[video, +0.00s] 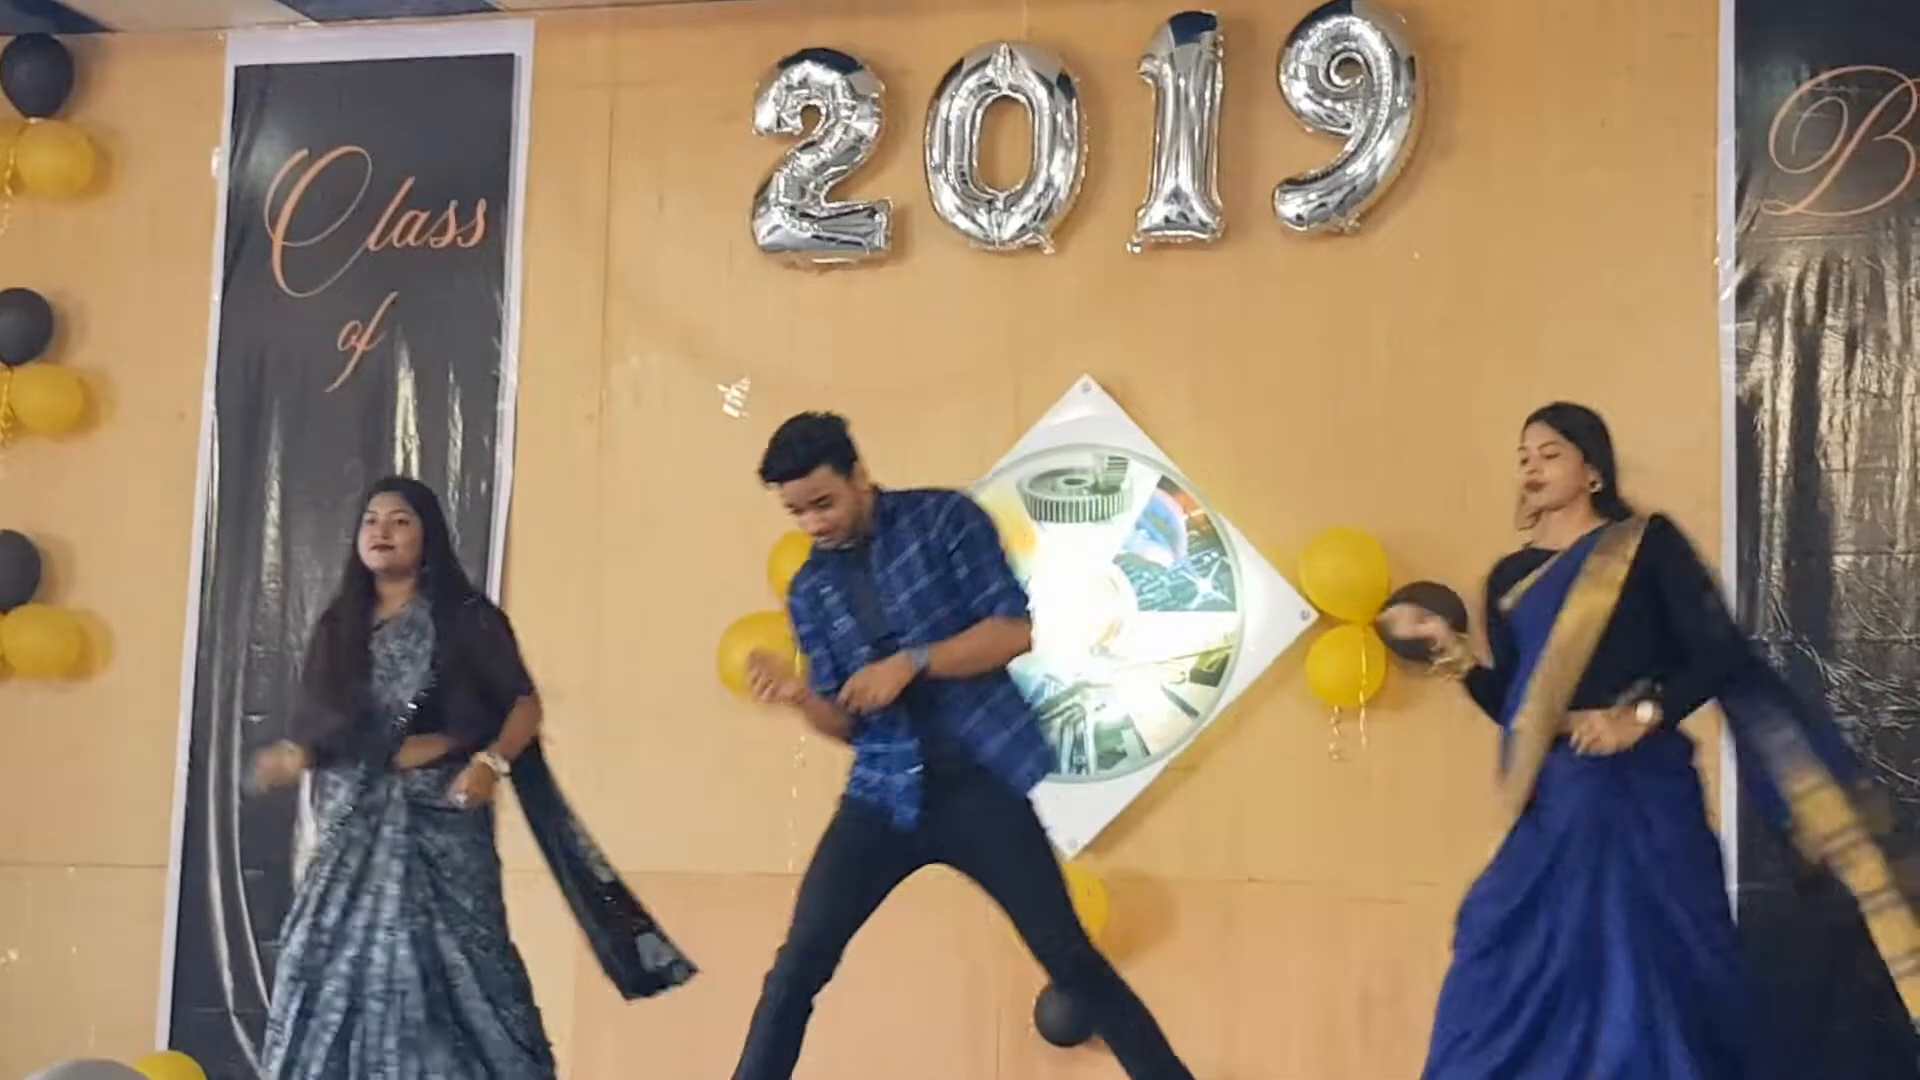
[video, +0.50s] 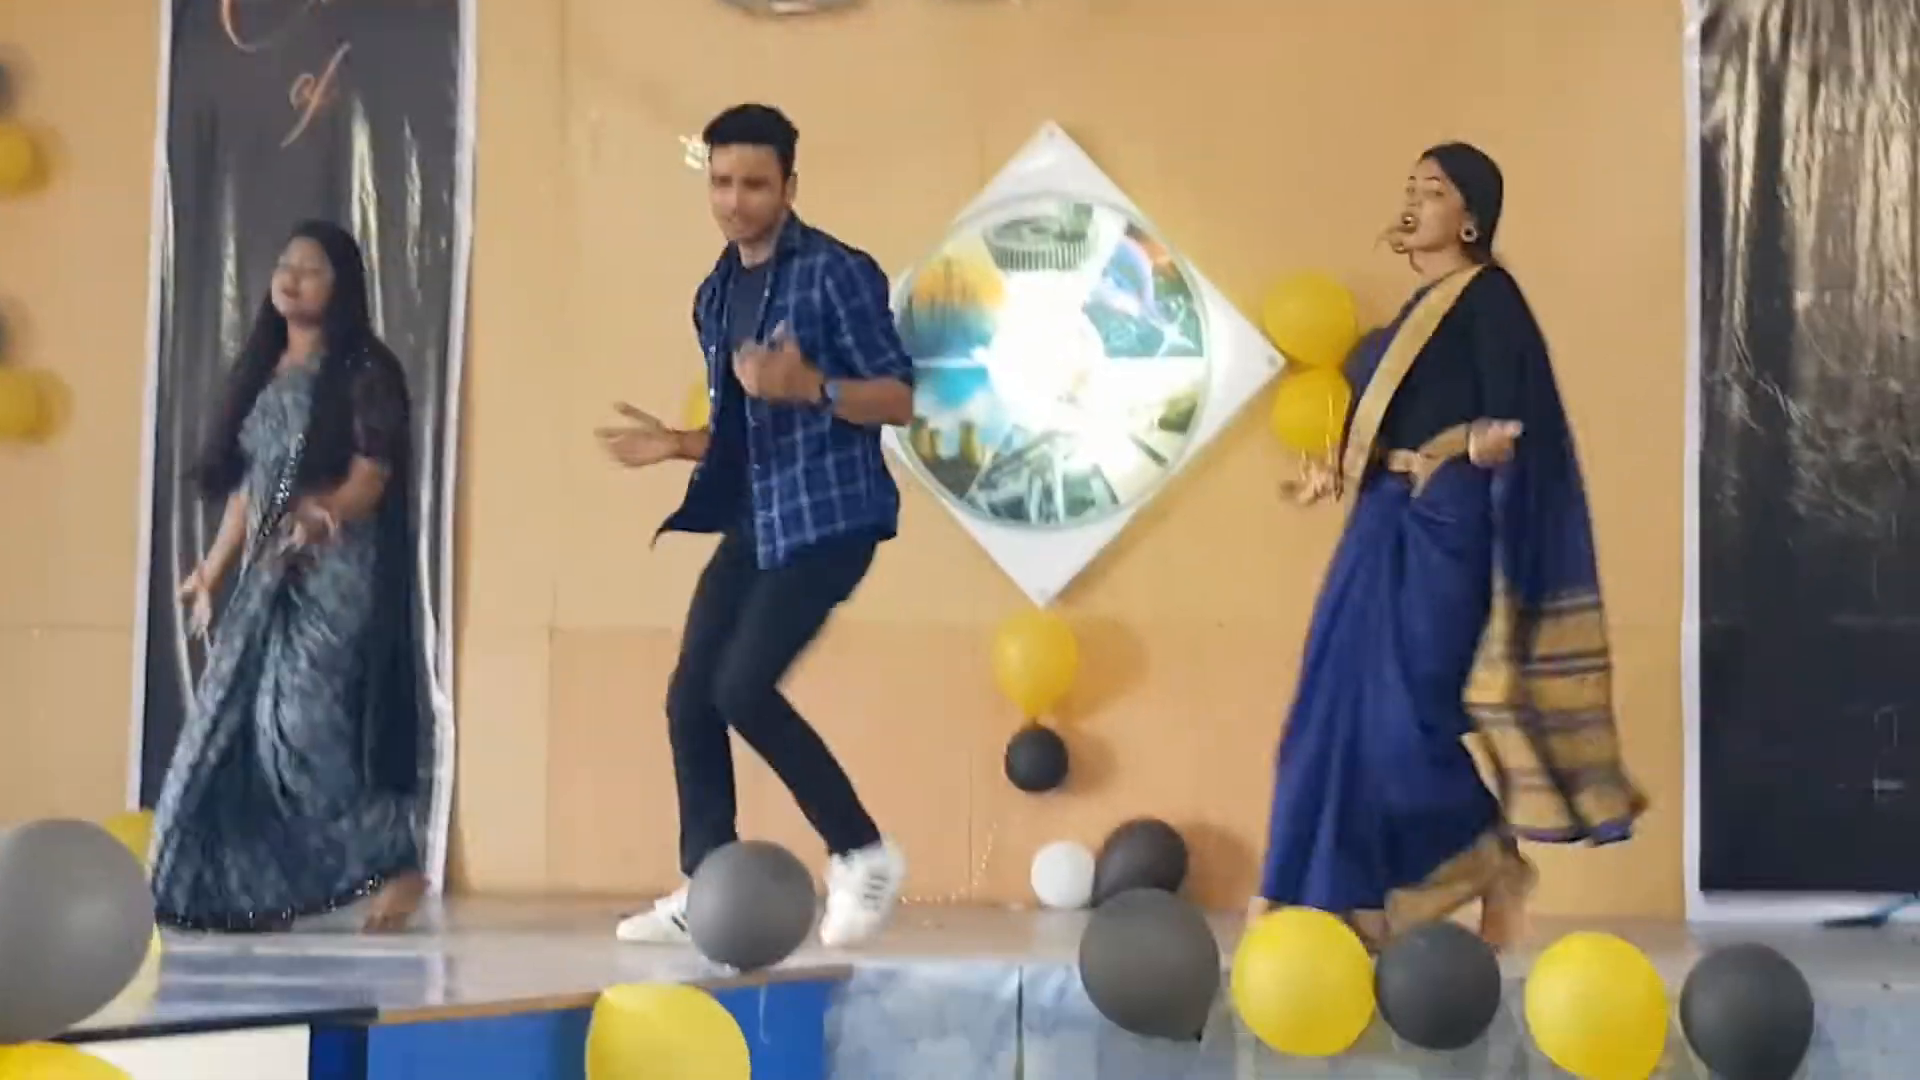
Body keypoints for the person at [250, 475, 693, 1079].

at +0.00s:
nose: (382, 532)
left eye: (399, 521)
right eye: (371, 521)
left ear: (427, 536)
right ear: (357, 536)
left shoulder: (469, 617)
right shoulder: (339, 625)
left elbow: (526, 706)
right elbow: (322, 723)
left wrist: (490, 762)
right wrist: (295, 755)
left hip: (442, 823)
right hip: (356, 823)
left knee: (441, 983)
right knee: (340, 977)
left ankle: (447, 1073)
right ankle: (338, 1072)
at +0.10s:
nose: (361, 502)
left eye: (379, 492)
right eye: (351, 491)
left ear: (407, 508)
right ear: (337, 505)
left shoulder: (442, 585)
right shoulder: (316, 590)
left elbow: (503, 673)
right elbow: (291, 688)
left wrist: (457, 722)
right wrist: (254, 693)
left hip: (417, 788)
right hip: (334, 789)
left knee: (420, 949)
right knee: (325, 945)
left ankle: (428, 1069)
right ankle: (322, 1068)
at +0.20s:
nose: (348, 450)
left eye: (365, 439)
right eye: (338, 438)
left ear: (392, 453)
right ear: (320, 452)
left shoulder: (425, 528)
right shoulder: (297, 534)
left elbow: (482, 615)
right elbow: (258, 636)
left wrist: (427, 665)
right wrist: (232, 623)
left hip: (402, 742)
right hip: (318, 743)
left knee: (399, 905)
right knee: (312, 899)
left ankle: (397, 1059)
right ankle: (306, 1056)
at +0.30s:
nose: (333, 391)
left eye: (350, 378)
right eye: (322, 377)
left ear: (377, 389)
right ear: (306, 387)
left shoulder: (406, 467)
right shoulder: (285, 470)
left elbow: (454, 561)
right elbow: (255, 558)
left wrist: (395, 611)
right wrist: (234, 580)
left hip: (383, 671)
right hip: (299, 667)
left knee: (379, 831)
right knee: (293, 820)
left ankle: (384, 1009)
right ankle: (279, 1004)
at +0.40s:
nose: (305, 342)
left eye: (322, 329)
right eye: (296, 327)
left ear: (351, 341)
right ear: (279, 336)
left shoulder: (381, 429)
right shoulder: (261, 417)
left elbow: (410, 536)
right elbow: (239, 526)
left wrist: (355, 574)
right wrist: (214, 597)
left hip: (353, 618)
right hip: (268, 614)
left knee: (348, 774)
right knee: (250, 766)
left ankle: (372, 945)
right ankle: (245, 953)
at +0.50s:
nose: (293, 283)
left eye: (311, 272)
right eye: (285, 270)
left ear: (342, 285)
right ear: (272, 280)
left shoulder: (368, 368)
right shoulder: (262, 369)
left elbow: (375, 470)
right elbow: (249, 486)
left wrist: (332, 512)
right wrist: (212, 569)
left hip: (337, 566)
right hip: (264, 563)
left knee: (299, 716)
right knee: (231, 715)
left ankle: (391, 867)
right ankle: (255, 893)